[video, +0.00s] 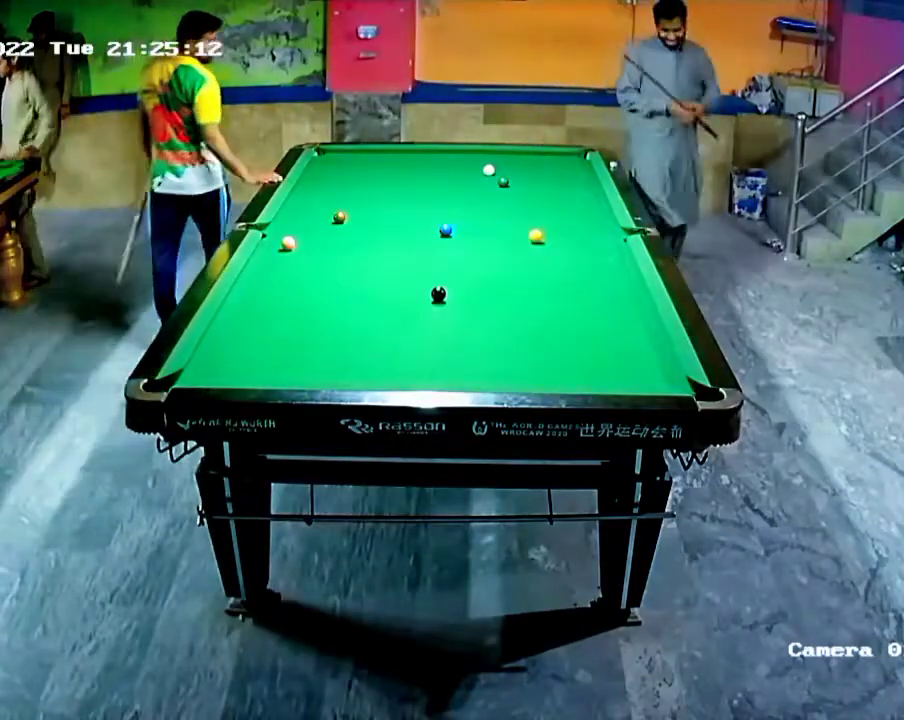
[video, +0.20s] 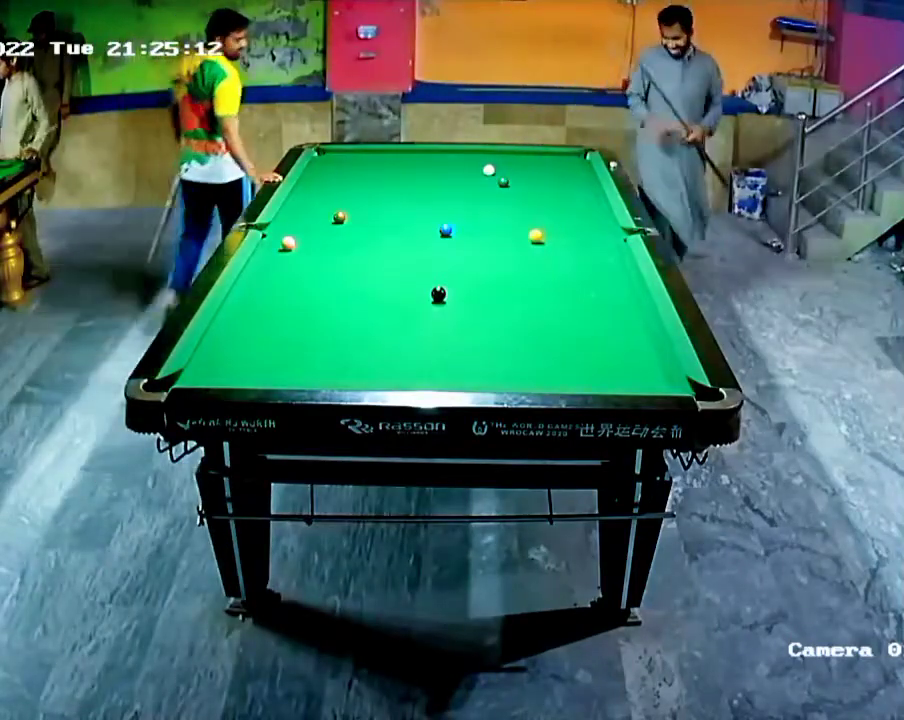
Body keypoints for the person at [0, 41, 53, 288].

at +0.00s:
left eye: (2, 59)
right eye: (0, 60)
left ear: (12, 60)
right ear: (9, 61)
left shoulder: (28, 81)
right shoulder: (8, 84)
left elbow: (48, 114)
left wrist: (37, 146)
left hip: (20, 159)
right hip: (4, 159)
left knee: (22, 215)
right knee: (17, 215)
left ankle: (37, 267)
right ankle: (27, 266)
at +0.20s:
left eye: (2, 61)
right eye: (0, 61)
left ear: (12, 62)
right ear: (9, 62)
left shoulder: (27, 82)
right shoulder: (8, 85)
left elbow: (45, 120)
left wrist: (36, 147)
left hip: (17, 159)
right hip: (4, 159)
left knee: (23, 216)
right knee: (16, 216)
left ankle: (37, 267)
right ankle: (27, 266)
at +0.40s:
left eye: (2, 62)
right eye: (0, 62)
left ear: (12, 63)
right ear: (8, 63)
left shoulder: (26, 83)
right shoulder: (8, 85)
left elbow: (43, 119)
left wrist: (35, 147)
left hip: (15, 159)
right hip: (4, 160)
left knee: (22, 214)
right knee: (16, 215)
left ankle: (36, 266)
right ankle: (28, 265)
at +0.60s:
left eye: (1, 62)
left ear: (11, 63)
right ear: (7, 63)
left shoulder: (25, 84)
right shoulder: (8, 86)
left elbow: (42, 119)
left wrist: (35, 146)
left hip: (15, 161)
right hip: (3, 161)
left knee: (22, 215)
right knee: (14, 216)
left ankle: (35, 266)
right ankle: (23, 266)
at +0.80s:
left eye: (2, 60)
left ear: (10, 62)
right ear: (6, 62)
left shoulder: (21, 82)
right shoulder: (10, 83)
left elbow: (38, 117)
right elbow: (37, 117)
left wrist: (35, 145)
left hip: (13, 159)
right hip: (3, 160)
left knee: (22, 216)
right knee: (16, 216)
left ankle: (35, 266)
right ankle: (29, 266)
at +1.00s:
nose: (1, 65)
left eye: (3, 60)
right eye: (2, 60)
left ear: (9, 62)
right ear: (5, 63)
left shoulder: (18, 81)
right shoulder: (13, 82)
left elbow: (35, 116)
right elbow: (34, 117)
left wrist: (34, 146)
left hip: (12, 158)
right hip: (4, 159)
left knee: (21, 213)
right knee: (17, 213)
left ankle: (30, 262)